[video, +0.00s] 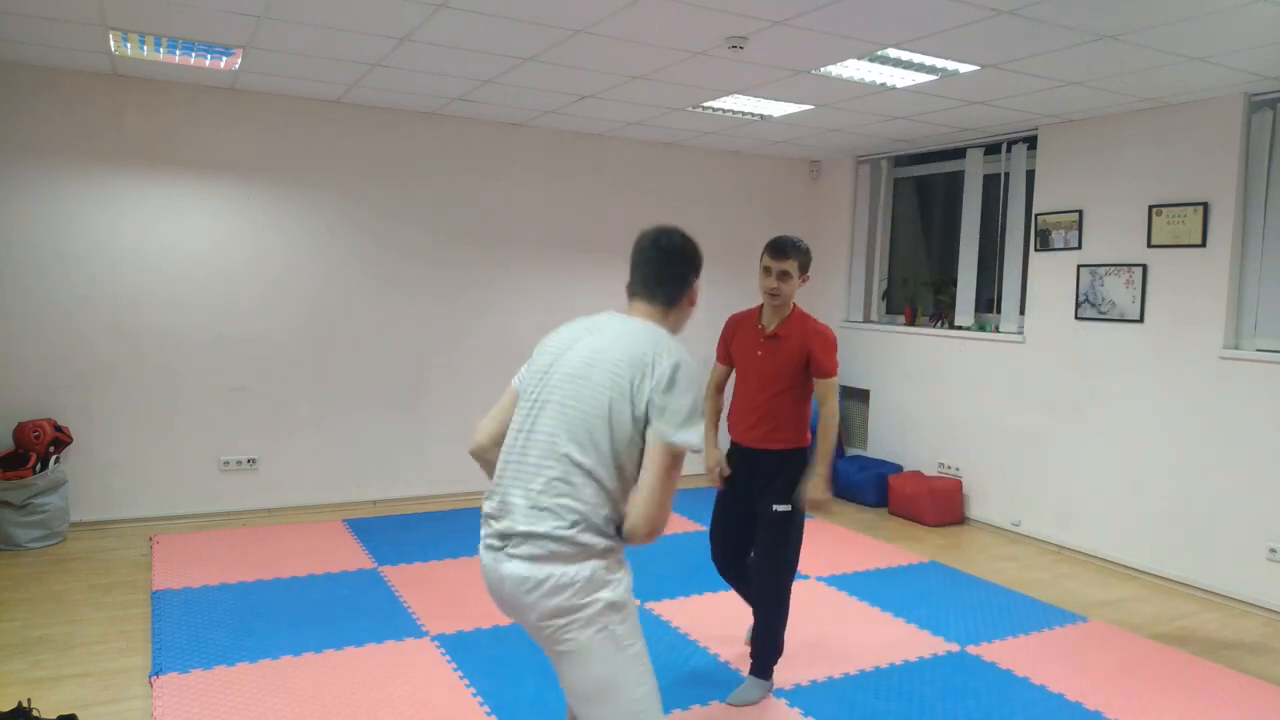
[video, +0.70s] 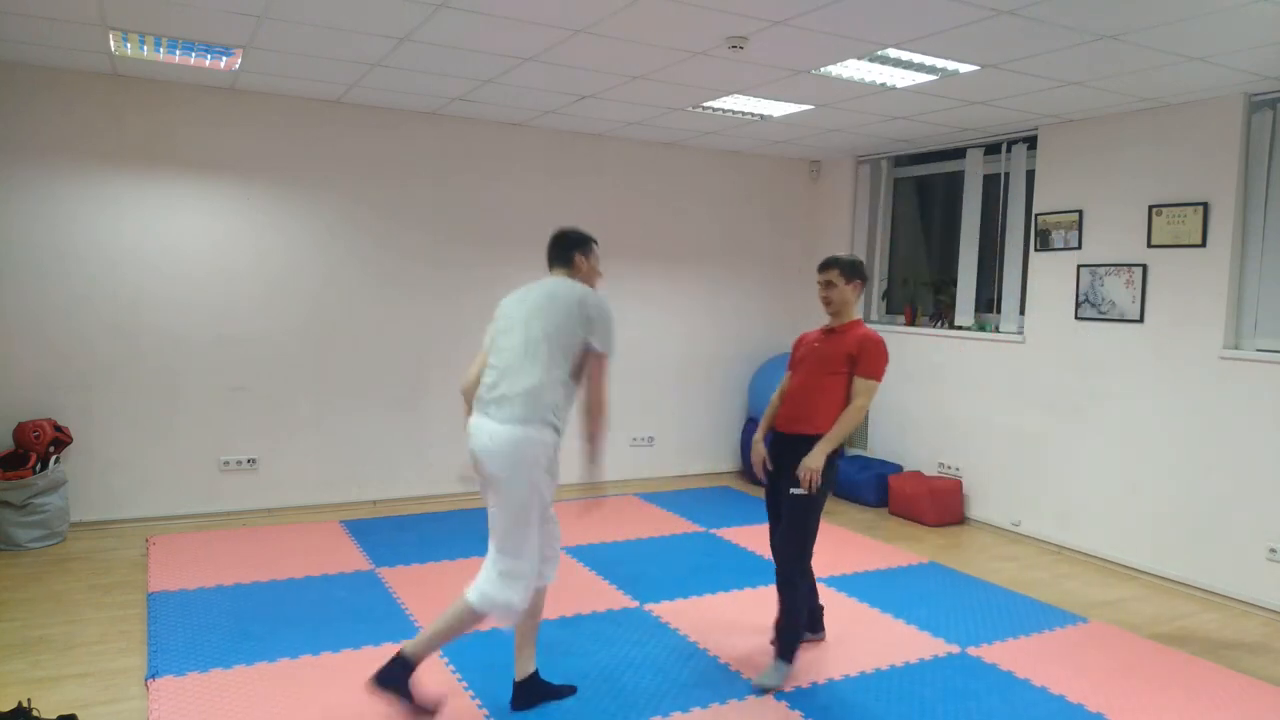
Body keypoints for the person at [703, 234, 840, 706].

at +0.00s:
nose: (774, 282)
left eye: (785, 275)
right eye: (767, 272)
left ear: (802, 280)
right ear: (758, 273)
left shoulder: (817, 337)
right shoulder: (737, 325)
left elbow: (829, 410)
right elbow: (714, 389)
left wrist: (819, 475)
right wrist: (711, 448)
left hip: (786, 463)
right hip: (740, 458)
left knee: (772, 571)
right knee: (724, 554)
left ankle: (761, 672)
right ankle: (768, 610)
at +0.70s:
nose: (823, 293)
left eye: (831, 285)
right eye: (820, 285)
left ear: (856, 288)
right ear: (820, 289)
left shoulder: (868, 342)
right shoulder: (806, 339)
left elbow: (859, 407)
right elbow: (784, 389)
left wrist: (820, 451)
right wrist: (759, 436)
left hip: (816, 453)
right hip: (779, 448)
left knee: (792, 552)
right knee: (785, 547)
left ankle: (783, 655)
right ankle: (812, 623)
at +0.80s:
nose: (835, 289)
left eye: (843, 283)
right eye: (834, 283)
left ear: (868, 288)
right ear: (834, 287)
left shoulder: (878, 342)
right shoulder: (817, 338)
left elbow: (873, 408)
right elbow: (793, 389)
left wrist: (833, 453)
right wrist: (765, 436)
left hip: (824, 449)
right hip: (788, 442)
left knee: (802, 546)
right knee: (785, 545)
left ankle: (820, 629)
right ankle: (809, 623)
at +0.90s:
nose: (846, 288)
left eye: (855, 281)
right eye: (846, 281)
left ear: (879, 288)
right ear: (847, 286)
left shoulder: (889, 341)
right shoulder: (833, 338)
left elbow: (888, 407)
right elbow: (807, 392)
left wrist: (856, 456)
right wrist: (774, 436)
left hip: (835, 447)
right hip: (799, 442)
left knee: (815, 543)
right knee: (792, 541)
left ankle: (869, 595)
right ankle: (811, 625)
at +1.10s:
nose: (868, 284)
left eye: (877, 278)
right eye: (868, 278)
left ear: (900, 287)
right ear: (869, 285)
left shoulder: (912, 345)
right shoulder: (857, 337)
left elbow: (913, 412)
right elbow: (841, 395)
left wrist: (900, 471)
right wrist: (810, 445)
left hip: (865, 456)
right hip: (826, 448)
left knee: (879, 544)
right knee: (806, 538)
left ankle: (935, 614)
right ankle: (812, 624)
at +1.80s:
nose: (845, 287)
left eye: (850, 281)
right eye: (846, 281)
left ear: (873, 284)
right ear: (868, 285)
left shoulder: (892, 329)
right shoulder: (866, 328)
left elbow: (871, 386)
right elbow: (839, 374)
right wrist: (807, 410)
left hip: (892, 440)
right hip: (868, 437)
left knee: (887, 525)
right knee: (856, 518)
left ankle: (932, 612)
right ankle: (868, 587)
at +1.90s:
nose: (840, 289)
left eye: (845, 282)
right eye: (840, 282)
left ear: (868, 284)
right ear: (864, 286)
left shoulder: (888, 327)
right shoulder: (861, 326)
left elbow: (843, 365)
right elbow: (824, 358)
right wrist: (776, 377)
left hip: (895, 436)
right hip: (871, 433)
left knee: (874, 518)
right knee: (856, 515)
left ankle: (913, 603)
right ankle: (868, 588)